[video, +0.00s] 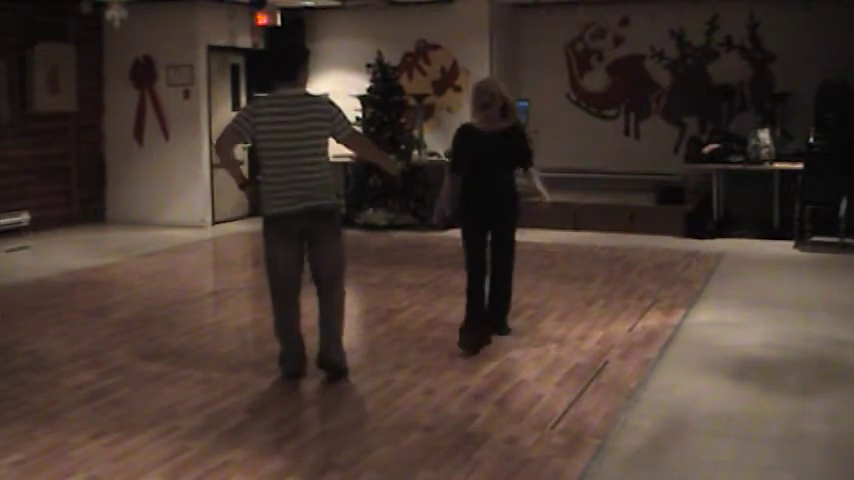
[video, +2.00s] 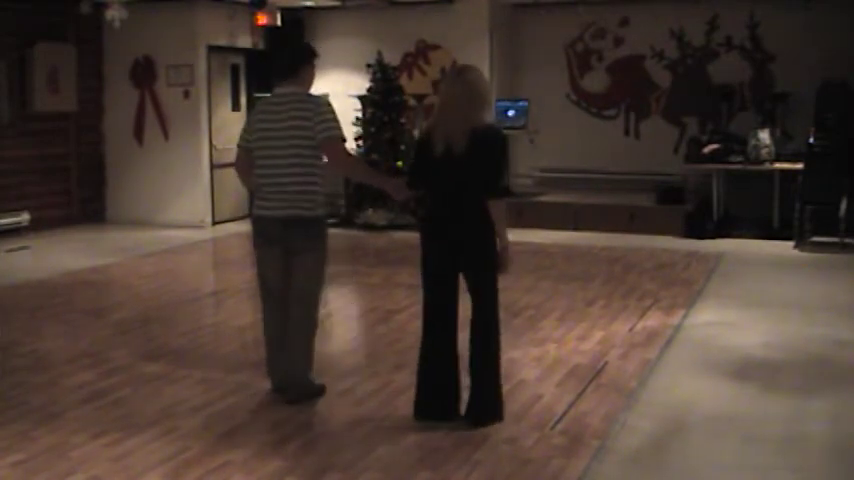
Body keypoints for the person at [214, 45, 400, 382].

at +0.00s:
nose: (307, 70)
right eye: (305, 64)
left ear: (271, 70)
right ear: (303, 69)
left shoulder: (257, 109)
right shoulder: (320, 105)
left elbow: (223, 145)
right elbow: (355, 142)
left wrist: (242, 182)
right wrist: (388, 163)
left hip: (279, 211)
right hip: (322, 208)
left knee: (284, 289)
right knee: (330, 283)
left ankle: (292, 363)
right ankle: (333, 360)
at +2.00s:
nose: (314, 74)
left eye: (312, 66)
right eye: (312, 67)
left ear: (277, 70)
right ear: (306, 68)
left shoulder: (260, 108)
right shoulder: (316, 106)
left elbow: (242, 163)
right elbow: (339, 159)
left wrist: (263, 193)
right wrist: (385, 183)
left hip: (266, 217)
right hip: (305, 217)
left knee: (274, 295)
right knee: (303, 297)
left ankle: (280, 377)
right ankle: (297, 381)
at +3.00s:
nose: (304, 72)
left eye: (301, 65)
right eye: (302, 65)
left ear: (266, 70)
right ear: (295, 69)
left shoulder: (251, 111)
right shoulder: (311, 111)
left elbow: (232, 163)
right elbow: (329, 167)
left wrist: (259, 188)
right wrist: (371, 193)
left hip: (263, 225)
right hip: (307, 224)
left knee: (265, 305)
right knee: (325, 298)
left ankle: (269, 389)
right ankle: (333, 375)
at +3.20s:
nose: (304, 73)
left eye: (301, 66)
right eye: (302, 67)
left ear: (266, 71)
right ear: (297, 70)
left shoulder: (252, 112)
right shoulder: (313, 112)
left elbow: (236, 166)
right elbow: (332, 172)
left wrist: (261, 192)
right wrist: (373, 193)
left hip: (265, 225)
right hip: (310, 224)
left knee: (266, 305)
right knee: (327, 298)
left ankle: (269, 388)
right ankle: (336, 374)